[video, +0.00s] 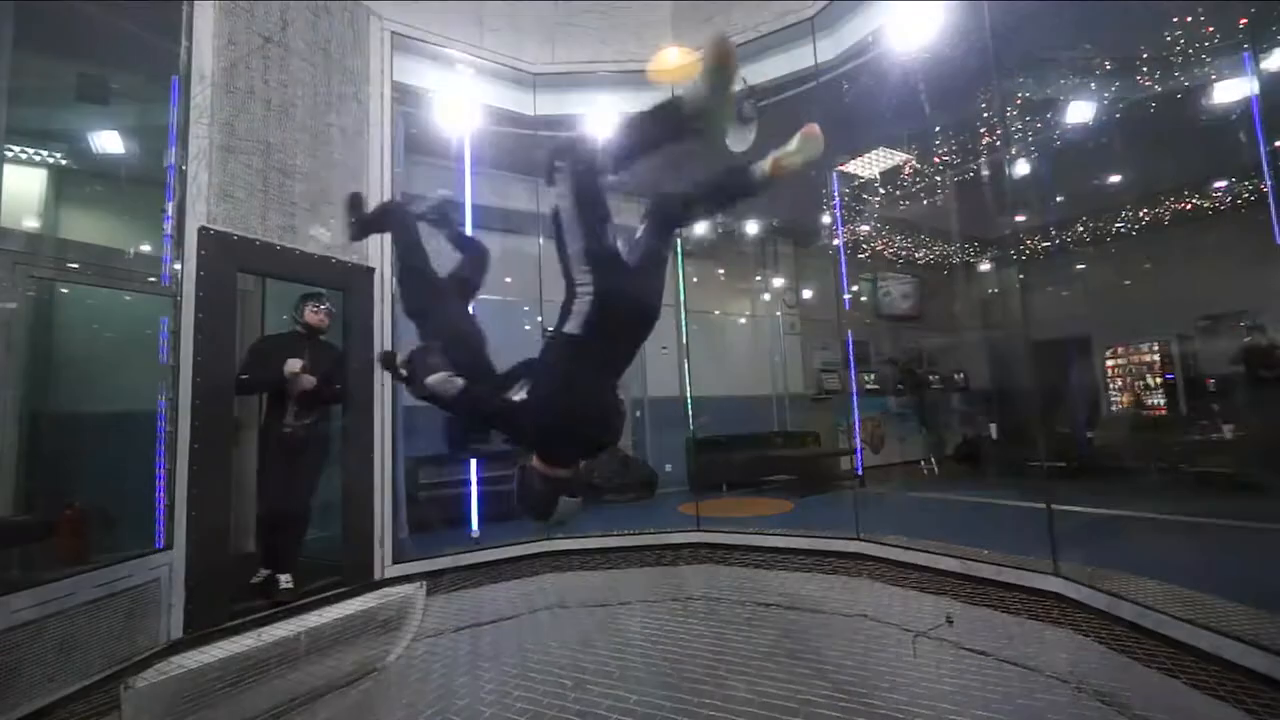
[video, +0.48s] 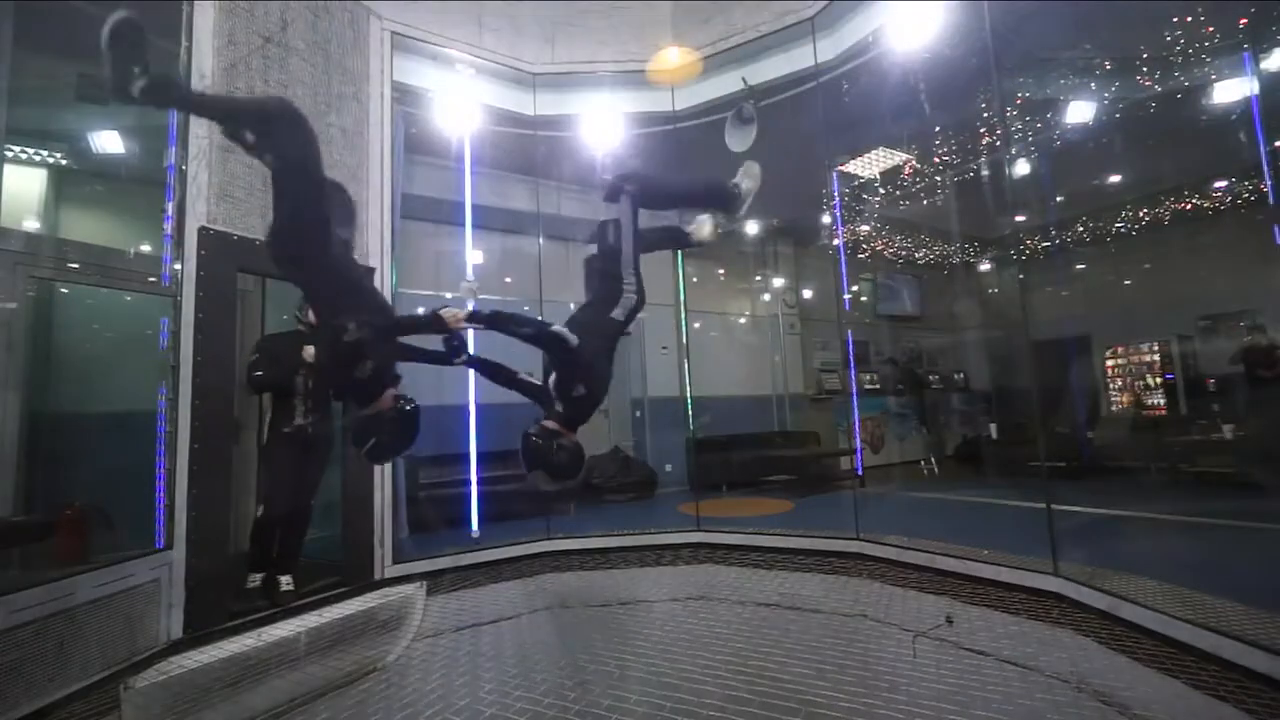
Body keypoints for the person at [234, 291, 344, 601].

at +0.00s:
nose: (322, 315)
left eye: (326, 312)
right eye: (315, 309)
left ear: (330, 319)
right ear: (299, 314)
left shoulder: (333, 354)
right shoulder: (270, 345)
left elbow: (342, 394)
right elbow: (243, 383)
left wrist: (314, 387)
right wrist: (282, 372)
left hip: (311, 438)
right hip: (274, 435)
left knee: (298, 501)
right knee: (270, 499)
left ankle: (285, 571)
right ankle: (267, 565)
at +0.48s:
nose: (319, 314)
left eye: (322, 309)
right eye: (314, 309)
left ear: (328, 313)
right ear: (302, 311)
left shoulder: (332, 346)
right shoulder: (274, 343)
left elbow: (341, 390)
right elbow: (256, 380)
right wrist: (297, 363)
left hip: (316, 439)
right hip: (281, 438)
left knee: (301, 506)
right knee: (272, 506)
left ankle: (286, 574)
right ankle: (258, 571)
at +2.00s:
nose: (315, 310)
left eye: (319, 306)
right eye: (307, 305)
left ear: (323, 313)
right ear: (290, 310)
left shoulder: (319, 351)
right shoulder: (266, 338)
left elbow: (352, 379)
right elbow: (235, 362)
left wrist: (354, 357)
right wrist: (279, 360)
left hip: (301, 437)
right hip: (265, 431)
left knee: (299, 506)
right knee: (229, 465)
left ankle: (283, 573)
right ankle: (236, 539)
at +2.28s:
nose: (310, 317)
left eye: (314, 313)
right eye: (301, 312)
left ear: (320, 322)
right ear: (284, 320)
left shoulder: (317, 355)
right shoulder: (262, 347)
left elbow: (335, 357)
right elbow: (209, 365)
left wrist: (352, 361)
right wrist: (252, 363)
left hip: (295, 446)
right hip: (256, 438)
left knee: (301, 517)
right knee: (216, 445)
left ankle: (281, 577)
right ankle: (191, 518)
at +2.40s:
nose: (305, 312)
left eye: (310, 309)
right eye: (297, 306)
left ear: (314, 321)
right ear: (280, 313)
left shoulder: (312, 352)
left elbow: (329, 356)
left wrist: (341, 356)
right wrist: (218, 349)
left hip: (282, 440)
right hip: (243, 431)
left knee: (288, 516)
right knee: (204, 426)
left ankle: (279, 575)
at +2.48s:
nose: (299, 306)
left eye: (305, 304)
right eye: (291, 301)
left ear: (309, 318)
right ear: (275, 308)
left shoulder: (309, 349)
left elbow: (364, 356)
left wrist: (338, 350)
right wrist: (182, 349)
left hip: (265, 434)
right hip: (222, 419)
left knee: (270, 518)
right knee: (194, 418)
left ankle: (265, 553)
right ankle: (124, 466)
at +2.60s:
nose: (287, 305)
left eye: (294, 304)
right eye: (280, 300)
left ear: (300, 318)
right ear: (263, 307)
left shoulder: (301, 350)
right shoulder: (231, 331)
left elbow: (363, 360)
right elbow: (180, 352)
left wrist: (333, 348)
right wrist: (175, 355)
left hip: (239, 440)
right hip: (199, 423)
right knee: (168, 385)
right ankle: (91, 442)